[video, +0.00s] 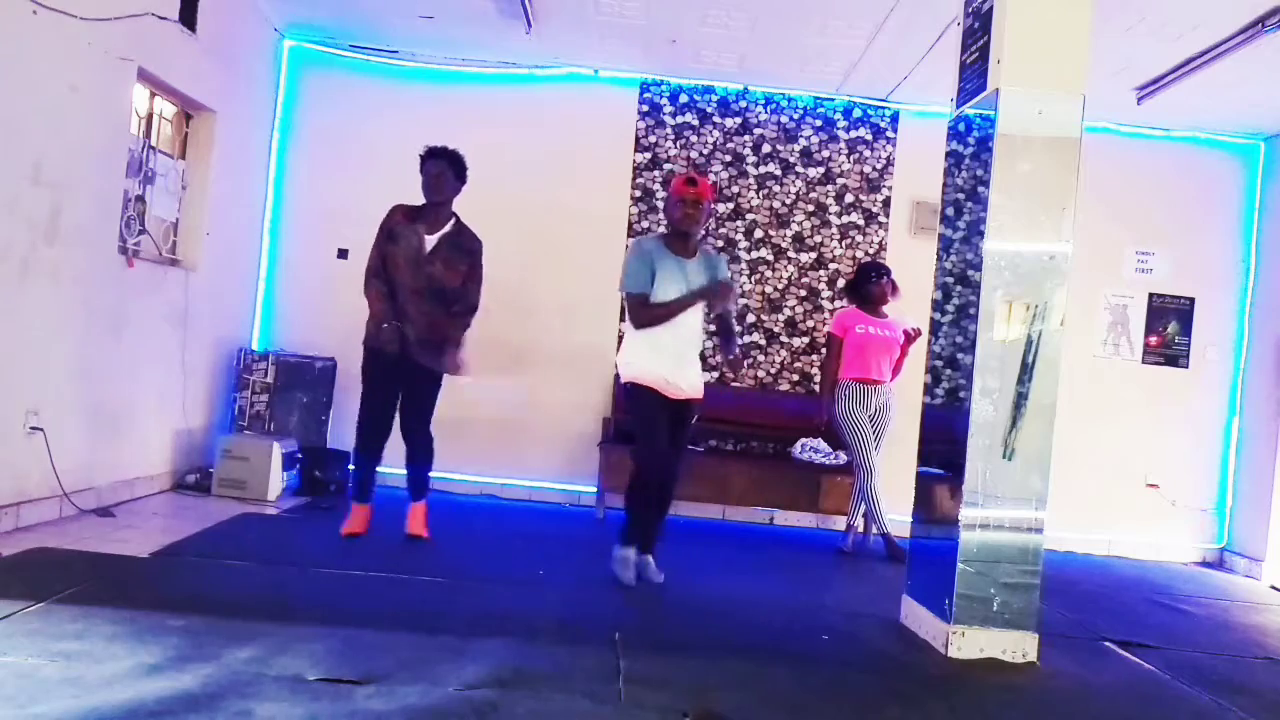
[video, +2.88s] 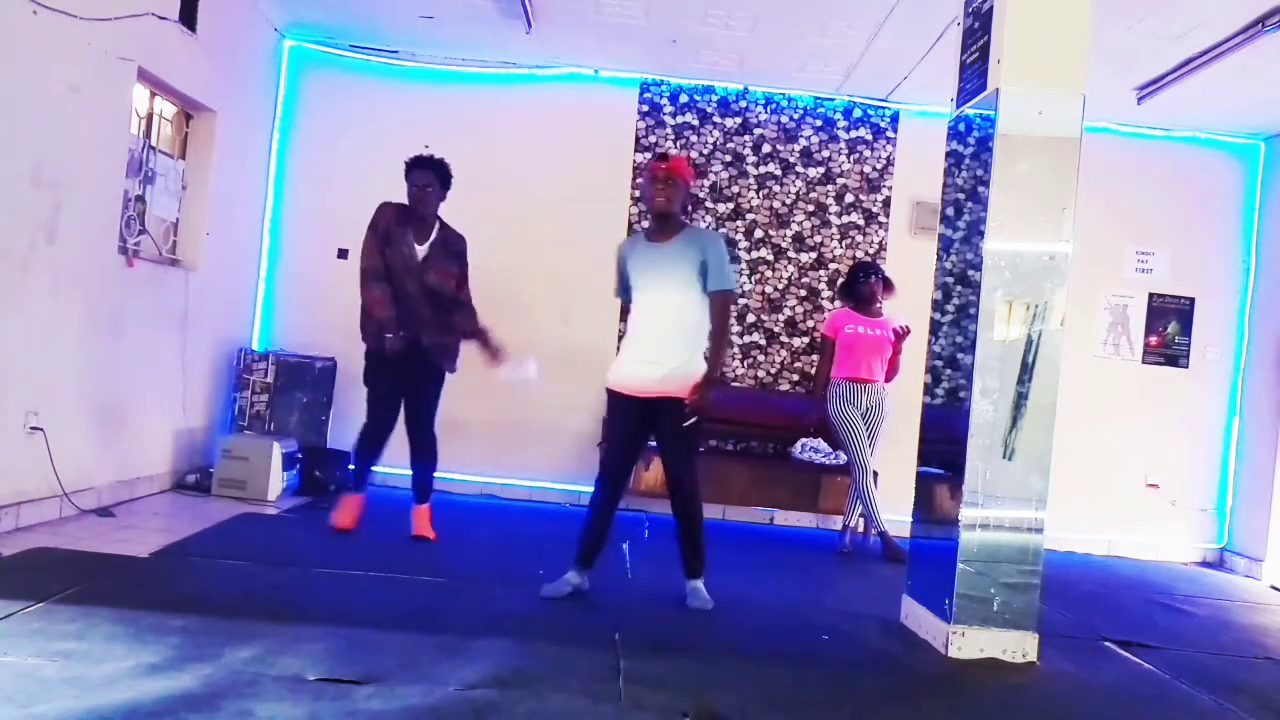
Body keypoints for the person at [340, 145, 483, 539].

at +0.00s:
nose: (431, 182)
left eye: (440, 176)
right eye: (427, 175)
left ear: (459, 183)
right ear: (420, 178)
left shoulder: (468, 243)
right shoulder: (398, 219)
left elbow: (468, 302)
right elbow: (374, 274)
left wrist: (445, 341)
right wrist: (384, 320)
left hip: (428, 353)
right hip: (384, 344)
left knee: (416, 430)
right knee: (371, 425)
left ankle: (418, 507)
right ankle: (361, 506)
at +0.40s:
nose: (416, 181)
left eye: (425, 174)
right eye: (411, 173)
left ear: (442, 180)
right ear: (405, 177)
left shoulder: (466, 227)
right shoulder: (392, 229)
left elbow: (503, 280)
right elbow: (373, 285)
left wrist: (463, 283)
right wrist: (391, 326)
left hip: (439, 355)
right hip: (396, 352)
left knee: (432, 437)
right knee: (392, 435)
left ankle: (435, 515)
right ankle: (399, 510)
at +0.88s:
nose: (429, 181)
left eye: (437, 175)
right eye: (424, 174)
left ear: (453, 180)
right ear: (415, 178)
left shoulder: (468, 237)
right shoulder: (394, 217)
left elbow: (467, 298)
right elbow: (382, 275)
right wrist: (403, 326)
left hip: (440, 348)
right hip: (395, 341)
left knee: (432, 426)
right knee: (385, 419)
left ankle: (442, 506)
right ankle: (353, 494)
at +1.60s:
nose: (426, 187)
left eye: (436, 182)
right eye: (423, 180)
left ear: (453, 191)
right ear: (416, 184)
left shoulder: (468, 235)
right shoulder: (394, 234)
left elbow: (494, 290)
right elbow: (378, 292)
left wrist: (486, 298)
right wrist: (399, 343)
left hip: (444, 351)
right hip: (399, 349)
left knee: (440, 425)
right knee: (405, 423)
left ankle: (415, 491)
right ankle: (406, 504)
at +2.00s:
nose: (420, 180)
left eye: (429, 174)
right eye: (415, 173)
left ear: (445, 181)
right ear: (409, 178)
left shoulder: (462, 233)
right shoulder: (396, 212)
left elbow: (471, 285)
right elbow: (379, 267)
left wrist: (476, 325)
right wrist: (390, 318)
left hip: (434, 342)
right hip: (390, 336)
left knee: (421, 426)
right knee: (381, 420)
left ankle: (412, 500)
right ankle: (367, 499)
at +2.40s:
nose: (414, 182)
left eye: (422, 175)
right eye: (408, 175)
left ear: (440, 184)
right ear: (401, 183)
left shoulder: (458, 224)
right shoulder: (390, 238)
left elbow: (491, 280)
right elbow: (364, 295)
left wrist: (464, 283)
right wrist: (386, 335)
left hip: (438, 346)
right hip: (393, 344)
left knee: (425, 427)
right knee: (383, 426)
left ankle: (437, 509)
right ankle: (375, 507)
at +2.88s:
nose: (418, 194)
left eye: (426, 188)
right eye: (413, 187)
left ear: (443, 193)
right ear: (406, 189)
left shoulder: (454, 242)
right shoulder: (388, 217)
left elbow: (460, 302)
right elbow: (372, 275)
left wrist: (482, 339)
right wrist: (387, 328)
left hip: (431, 351)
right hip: (388, 344)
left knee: (421, 428)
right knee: (379, 423)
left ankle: (422, 509)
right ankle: (354, 492)